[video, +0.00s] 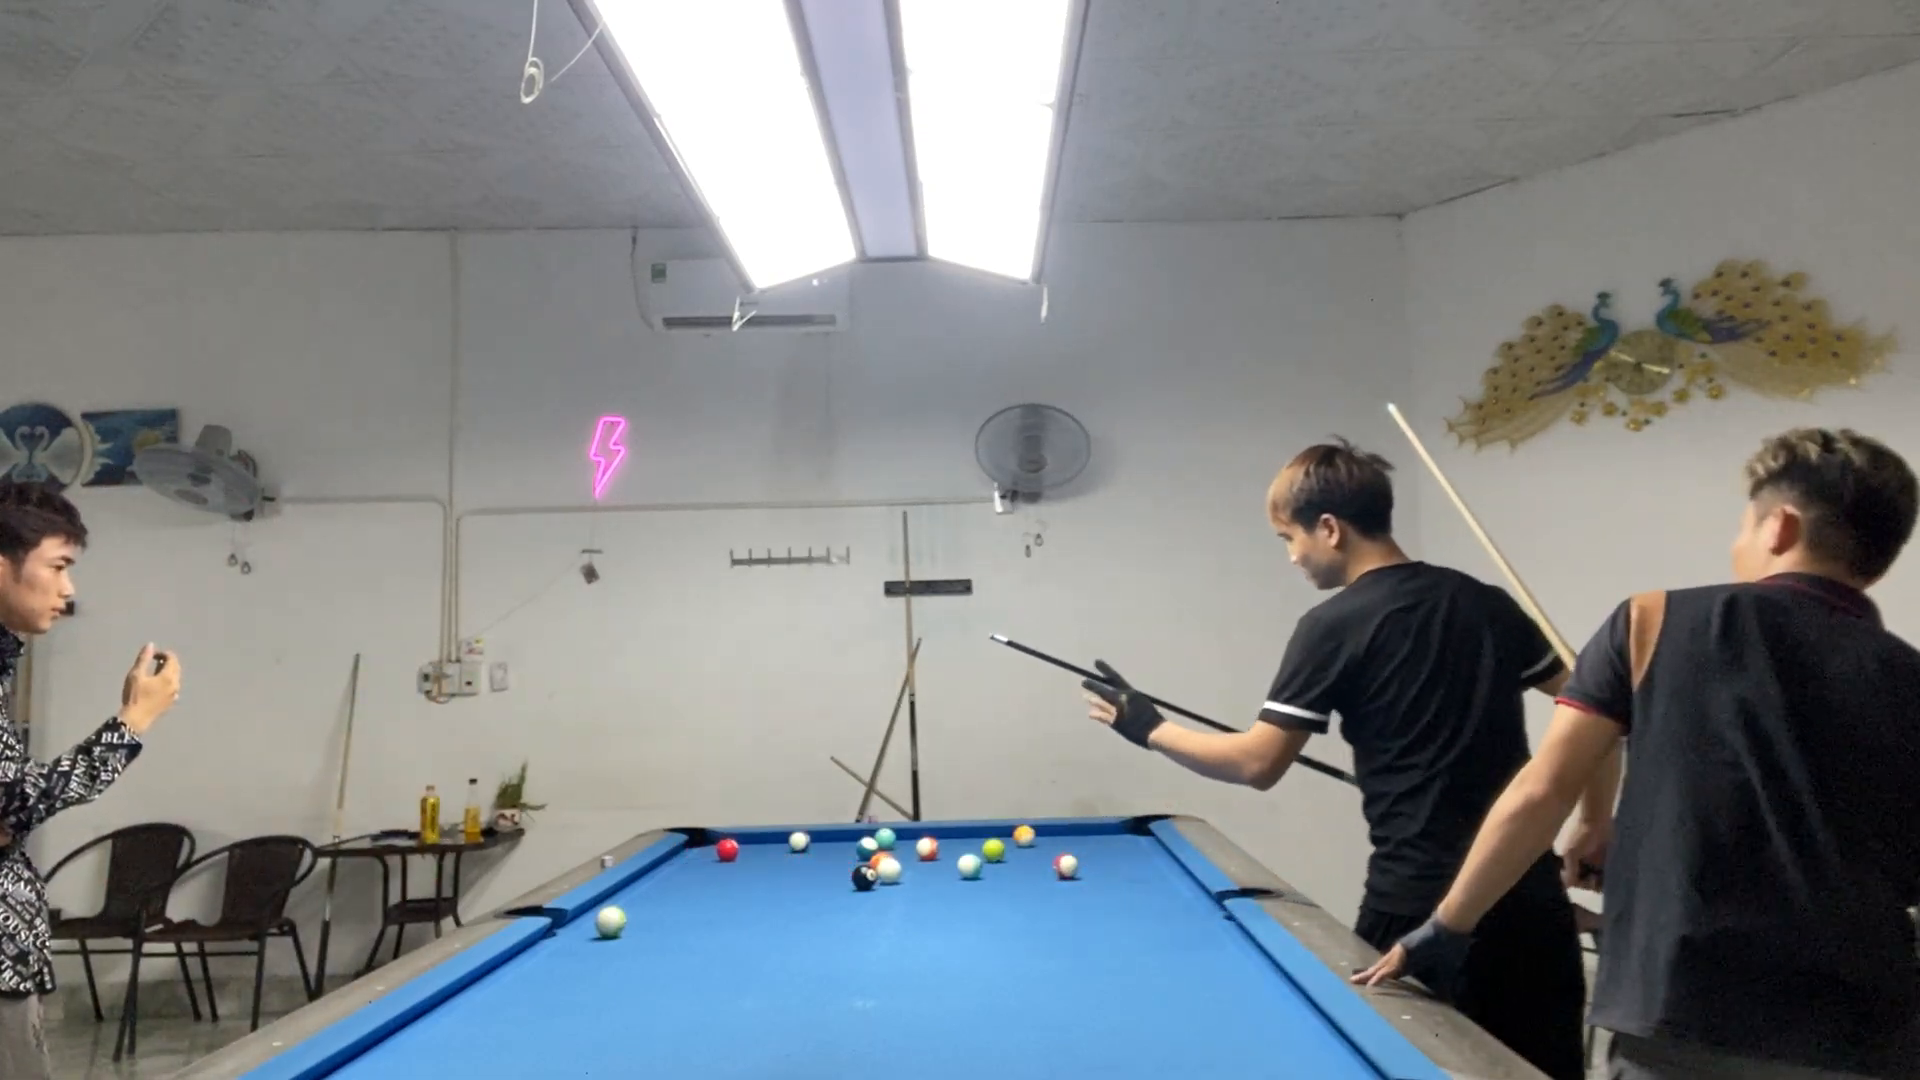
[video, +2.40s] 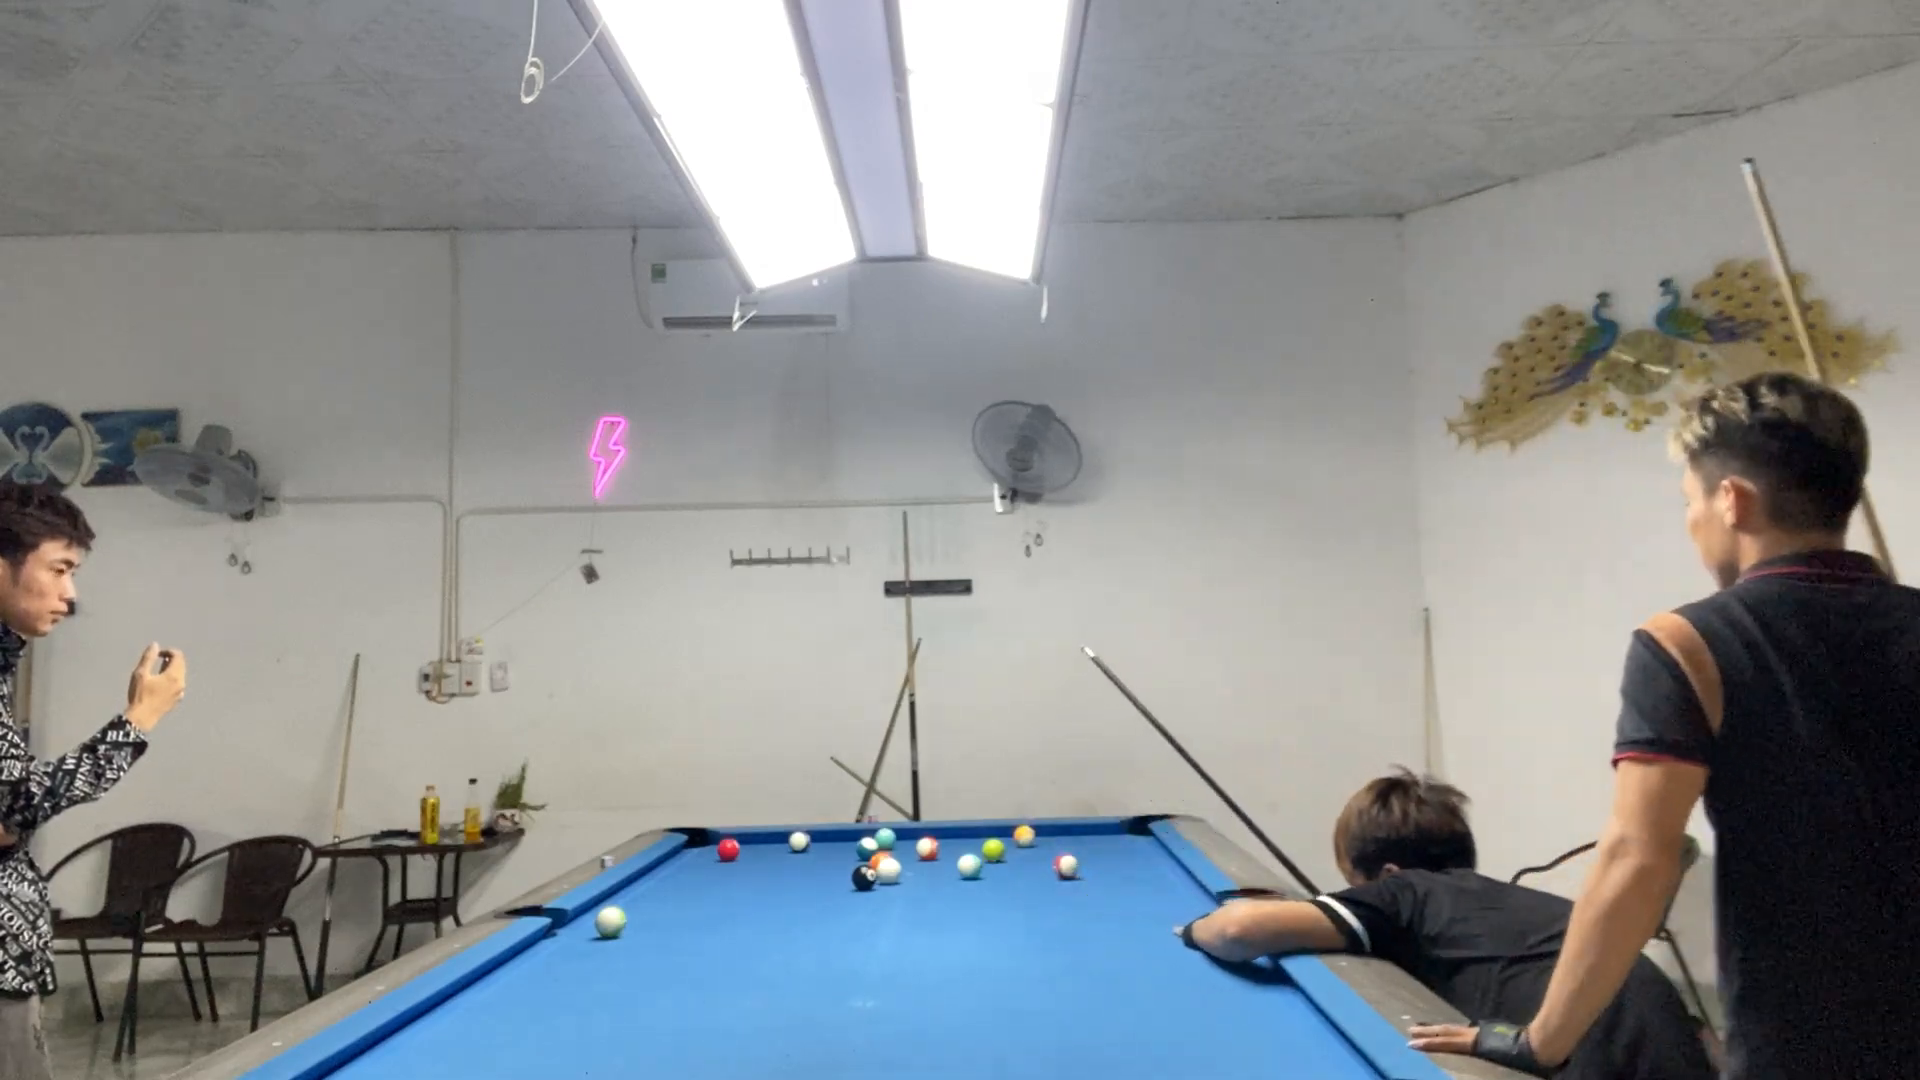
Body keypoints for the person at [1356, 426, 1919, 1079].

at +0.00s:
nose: (1737, 550)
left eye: (1745, 524)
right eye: (1743, 525)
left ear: (1781, 530)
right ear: (1874, 563)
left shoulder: (1654, 623)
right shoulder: (1909, 681)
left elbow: (1541, 794)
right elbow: (1909, 885)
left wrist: (1445, 928)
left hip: (1670, 1029)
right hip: (1861, 1041)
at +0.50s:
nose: (1659, 514)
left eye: (1665, 490)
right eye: (1658, 491)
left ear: (1724, 501)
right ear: (1815, 505)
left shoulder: (1638, 632)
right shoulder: (1901, 653)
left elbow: (1542, 831)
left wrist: (1464, 944)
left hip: (1696, 1050)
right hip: (1879, 1046)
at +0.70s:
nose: (1608, 533)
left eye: (1611, 504)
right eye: (1605, 507)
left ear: (1678, 506)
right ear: (1769, 502)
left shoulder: (1620, 646)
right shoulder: (1898, 656)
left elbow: (1566, 887)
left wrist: (1503, 1017)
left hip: (1703, 1055)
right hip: (1884, 1049)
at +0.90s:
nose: (1563, 570)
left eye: (1571, 535)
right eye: (1556, 542)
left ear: (1660, 505)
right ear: (1666, 506)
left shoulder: (1642, 650)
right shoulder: (1883, 642)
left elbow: (1650, 913)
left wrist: (1568, 1058)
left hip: (1730, 1057)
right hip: (1893, 1053)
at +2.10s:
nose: (1608, 519)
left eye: (1610, 492)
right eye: (1605, 495)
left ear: (1658, 491)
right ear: (1758, 491)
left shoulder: (1633, 635)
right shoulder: (1895, 645)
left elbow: (1617, 872)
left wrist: (1535, 1047)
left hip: (1713, 1052)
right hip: (1882, 1048)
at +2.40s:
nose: (1689, 524)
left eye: (1692, 499)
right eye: (1687, 501)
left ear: (1735, 501)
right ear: (1843, 500)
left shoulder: (1690, 643)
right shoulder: (1908, 614)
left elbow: (1641, 859)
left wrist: (1540, 1045)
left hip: (1795, 1047)